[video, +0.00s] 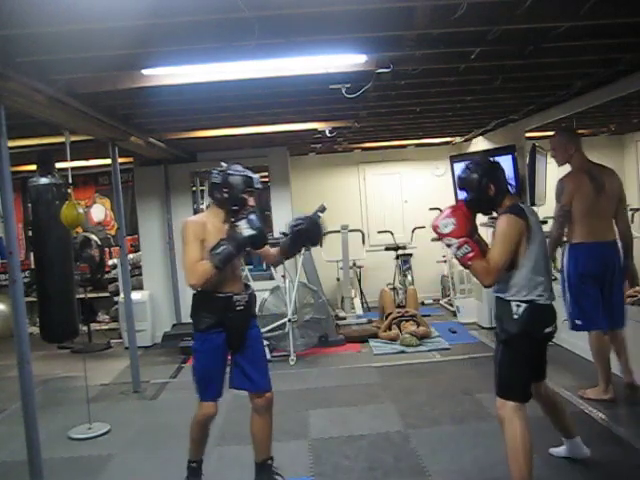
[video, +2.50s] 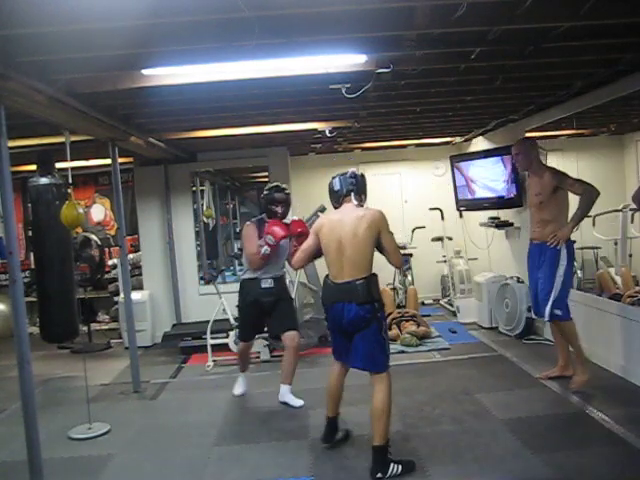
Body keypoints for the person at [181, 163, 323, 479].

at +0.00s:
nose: (249, 201)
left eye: (249, 195)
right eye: (244, 195)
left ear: (229, 194)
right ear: (224, 193)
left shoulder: (240, 224)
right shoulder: (195, 225)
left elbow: (271, 257)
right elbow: (195, 278)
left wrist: (297, 241)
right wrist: (231, 246)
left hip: (244, 318)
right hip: (210, 321)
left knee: (263, 399)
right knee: (208, 409)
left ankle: (264, 471)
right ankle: (194, 471)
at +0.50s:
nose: (295, 208)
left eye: (295, 202)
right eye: (291, 201)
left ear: (272, 196)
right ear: (275, 196)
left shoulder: (277, 224)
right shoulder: (232, 225)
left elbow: (330, 225)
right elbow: (238, 279)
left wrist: (373, 207)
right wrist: (278, 245)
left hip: (271, 325)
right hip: (241, 329)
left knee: (301, 403)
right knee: (251, 420)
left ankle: (300, 473)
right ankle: (215, 476)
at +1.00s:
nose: (323, 198)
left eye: (323, 192)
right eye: (322, 190)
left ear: (291, 187)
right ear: (314, 189)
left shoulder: (278, 221)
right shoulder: (292, 222)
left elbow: (302, 275)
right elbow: (319, 279)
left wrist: (326, 246)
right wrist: (336, 248)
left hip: (288, 322)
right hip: (288, 325)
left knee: (319, 402)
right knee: (292, 419)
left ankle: (325, 473)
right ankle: (251, 475)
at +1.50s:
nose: (369, 190)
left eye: (368, 184)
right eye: (367, 184)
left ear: (335, 183)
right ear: (359, 183)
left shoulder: (316, 217)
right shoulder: (364, 216)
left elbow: (299, 264)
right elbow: (394, 267)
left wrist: (321, 241)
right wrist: (399, 242)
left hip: (329, 309)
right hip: (357, 310)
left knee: (356, 387)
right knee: (370, 400)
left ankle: (349, 458)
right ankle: (360, 474)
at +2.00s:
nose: (375, 203)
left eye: (372, 199)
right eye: (374, 198)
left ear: (345, 200)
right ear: (371, 199)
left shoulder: (330, 228)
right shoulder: (381, 224)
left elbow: (304, 265)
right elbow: (408, 271)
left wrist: (327, 254)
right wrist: (397, 248)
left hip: (345, 312)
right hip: (375, 311)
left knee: (364, 367)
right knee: (397, 385)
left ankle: (357, 433)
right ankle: (395, 467)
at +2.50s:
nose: (366, 198)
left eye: (361, 195)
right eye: (365, 194)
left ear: (336, 197)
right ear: (360, 194)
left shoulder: (323, 222)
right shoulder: (373, 216)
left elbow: (296, 262)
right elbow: (396, 261)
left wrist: (321, 246)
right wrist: (397, 249)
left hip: (333, 300)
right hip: (364, 301)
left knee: (340, 361)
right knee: (380, 377)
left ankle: (330, 430)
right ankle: (380, 462)